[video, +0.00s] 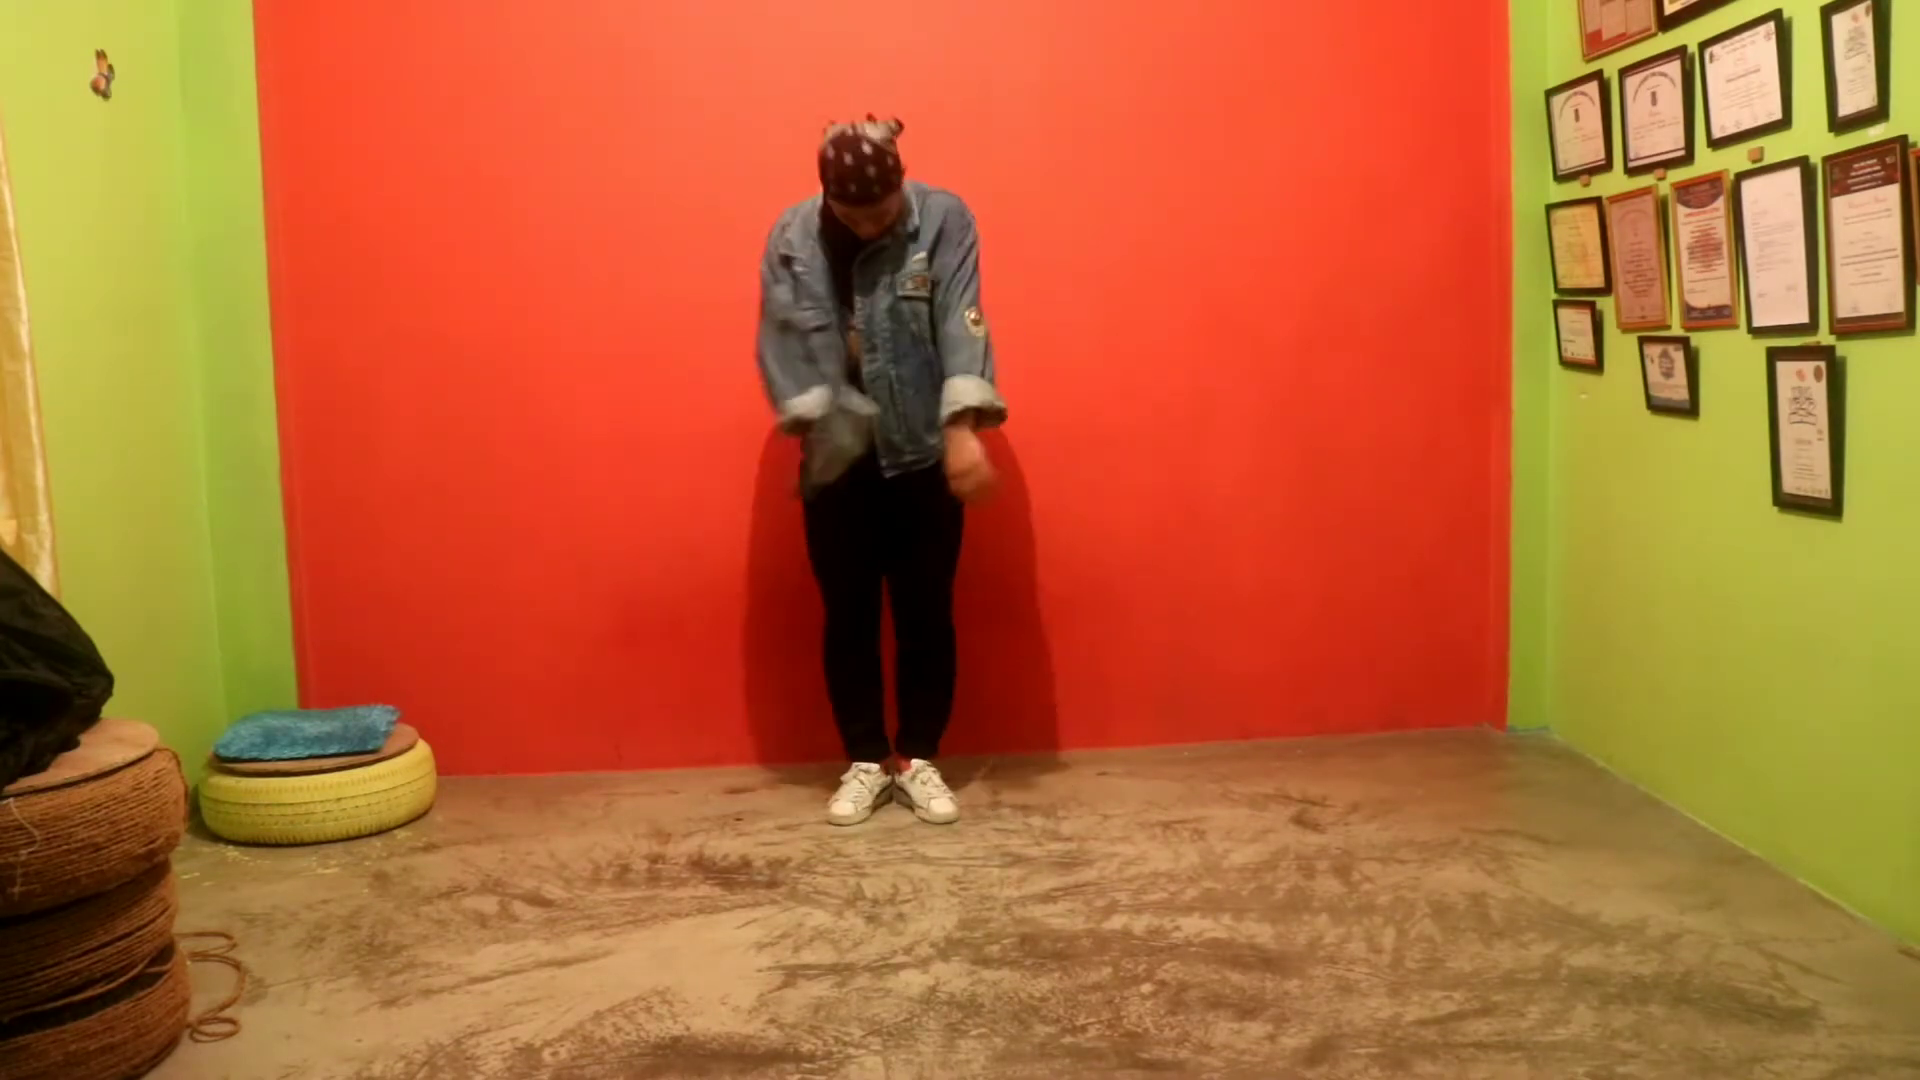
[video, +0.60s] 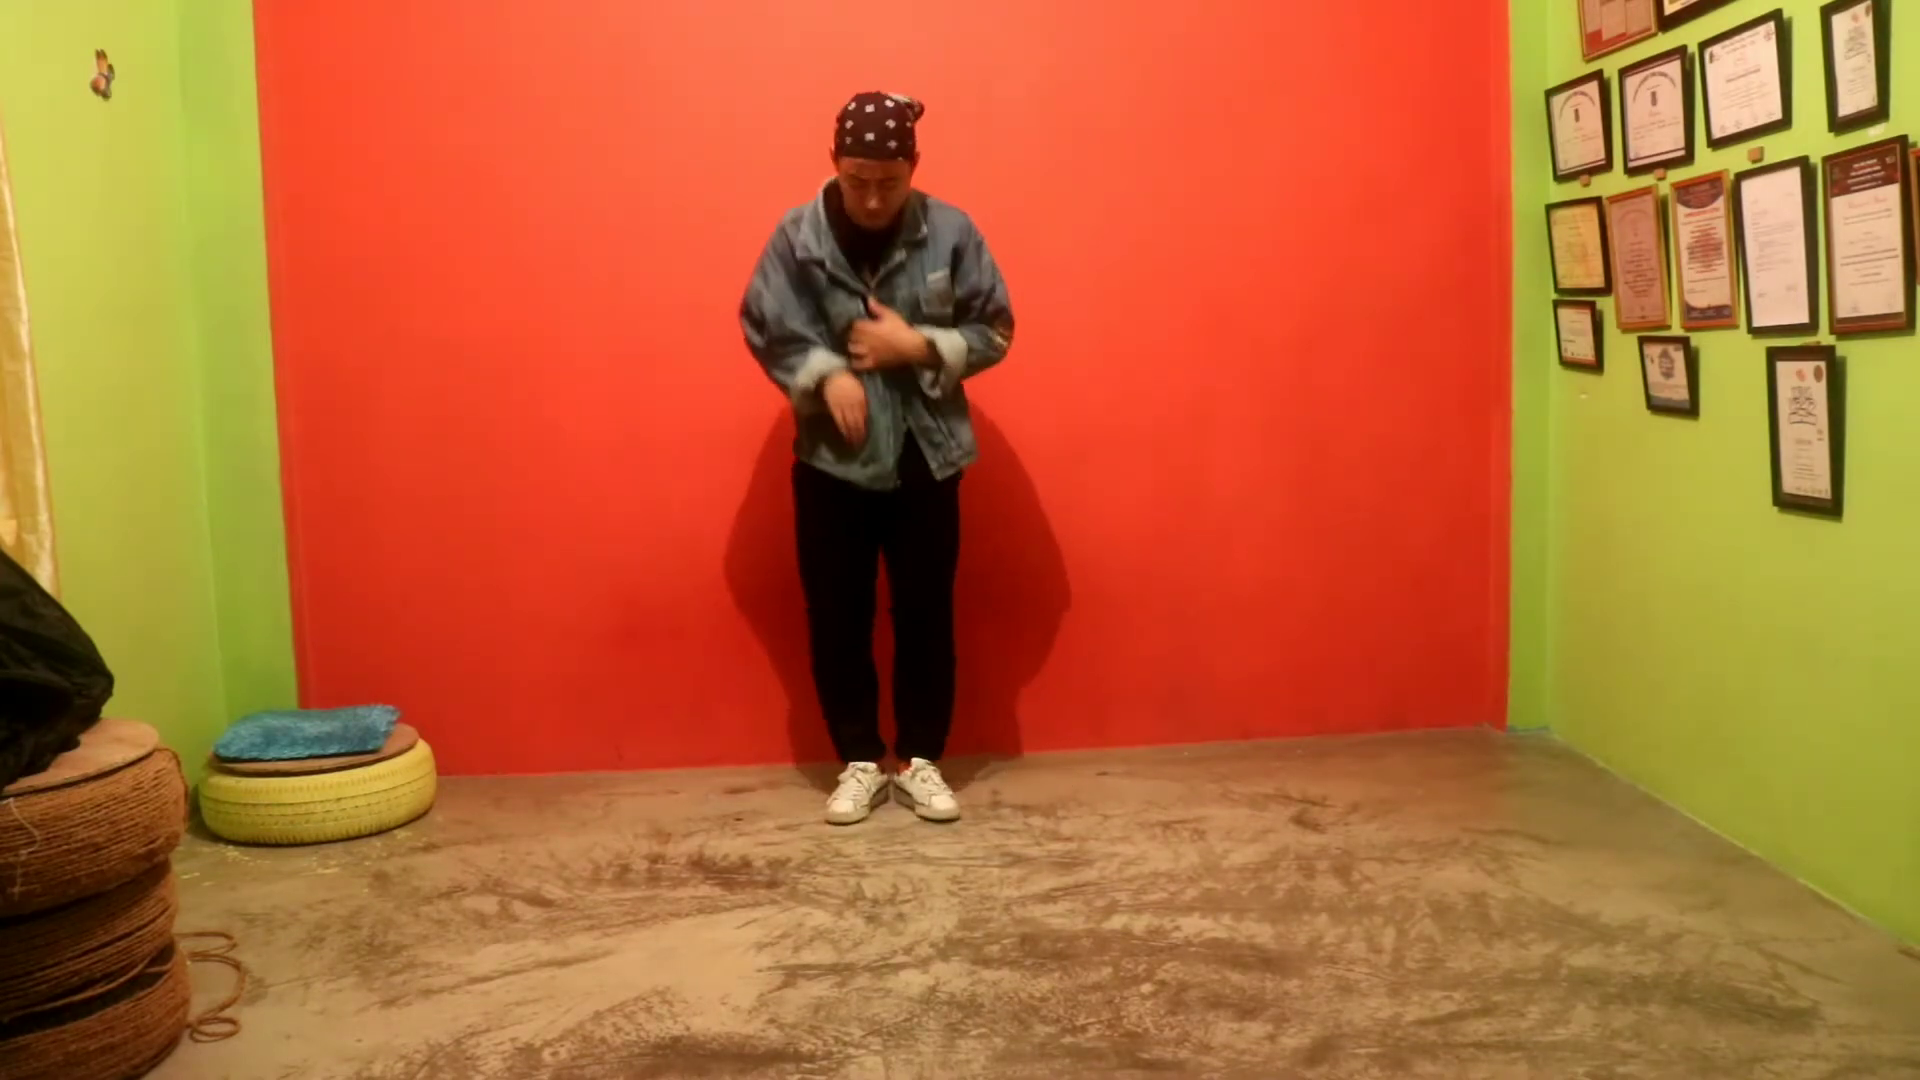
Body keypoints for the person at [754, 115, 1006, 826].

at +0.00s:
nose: (870, 224)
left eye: (880, 211)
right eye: (855, 216)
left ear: (900, 184)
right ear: (830, 195)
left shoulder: (943, 218)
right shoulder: (795, 236)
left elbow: (963, 321)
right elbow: (784, 335)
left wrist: (961, 424)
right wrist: (814, 425)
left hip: (926, 459)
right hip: (840, 462)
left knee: (926, 614)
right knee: (850, 615)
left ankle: (917, 762)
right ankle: (865, 765)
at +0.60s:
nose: (872, 197)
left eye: (886, 182)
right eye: (858, 182)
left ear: (911, 171)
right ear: (837, 169)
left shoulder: (951, 234)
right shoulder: (799, 236)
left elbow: (993, 333)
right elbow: (768, 324)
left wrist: (920, 344)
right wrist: (828, 374)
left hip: (929, 462)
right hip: (834, 463)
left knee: (925, 612)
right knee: (839, 615)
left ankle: (920, 762)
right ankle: (860, 765)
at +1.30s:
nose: (956, 252)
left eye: (974, 238)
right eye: (943, 233)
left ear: (997, 232)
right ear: (920, 214)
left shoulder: (1000, 321)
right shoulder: (874, 235)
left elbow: (983, 428)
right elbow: (806, 271)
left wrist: (924, 387)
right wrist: (802, 302)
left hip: (903, 478)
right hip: (815, 461)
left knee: (912, 621)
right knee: (815, 618)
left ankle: (919, 768)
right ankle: (857, 764)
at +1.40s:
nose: (974, 250)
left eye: (992, 235)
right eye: (961, 231)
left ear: (1015, 230)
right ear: (938, 212)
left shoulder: (1004, 336)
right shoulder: (887, 236)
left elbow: (974, 441)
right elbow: (818, 273)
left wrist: (919, 386)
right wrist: (802, 301)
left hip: (901, 482)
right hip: (810, 462)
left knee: (916, 623)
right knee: (809, 620)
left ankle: (919, 768)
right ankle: (855, 765)